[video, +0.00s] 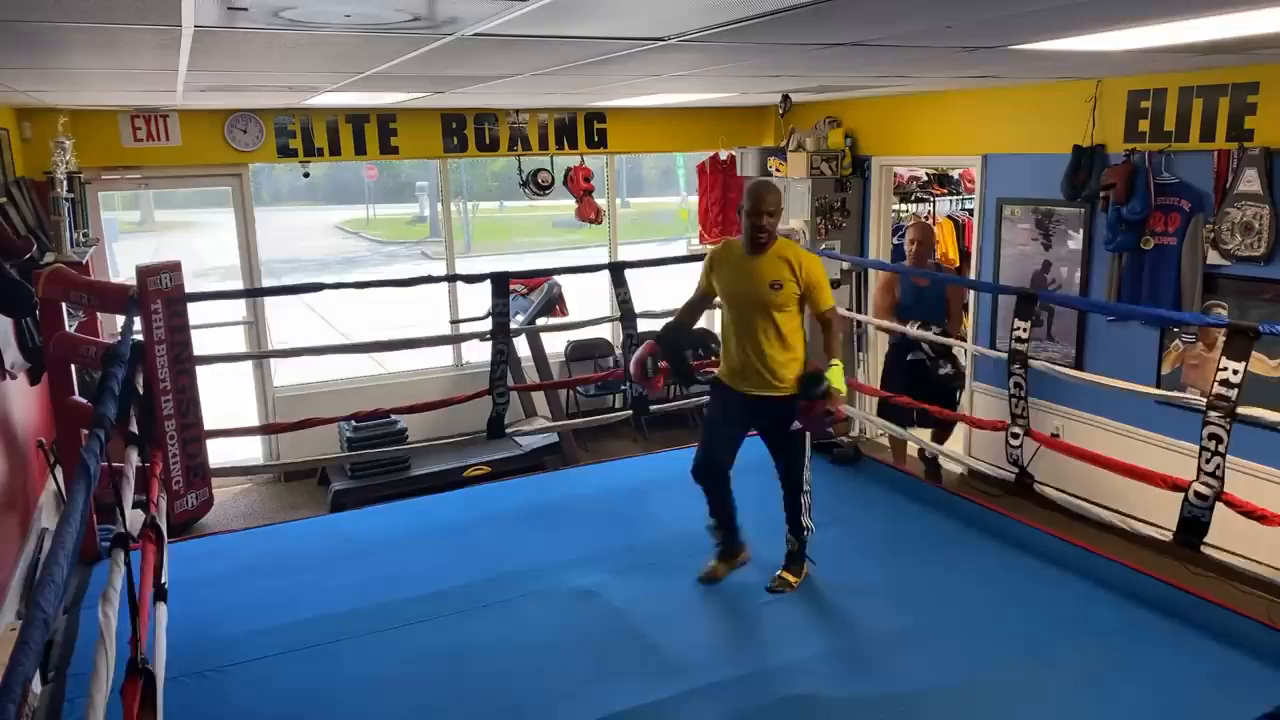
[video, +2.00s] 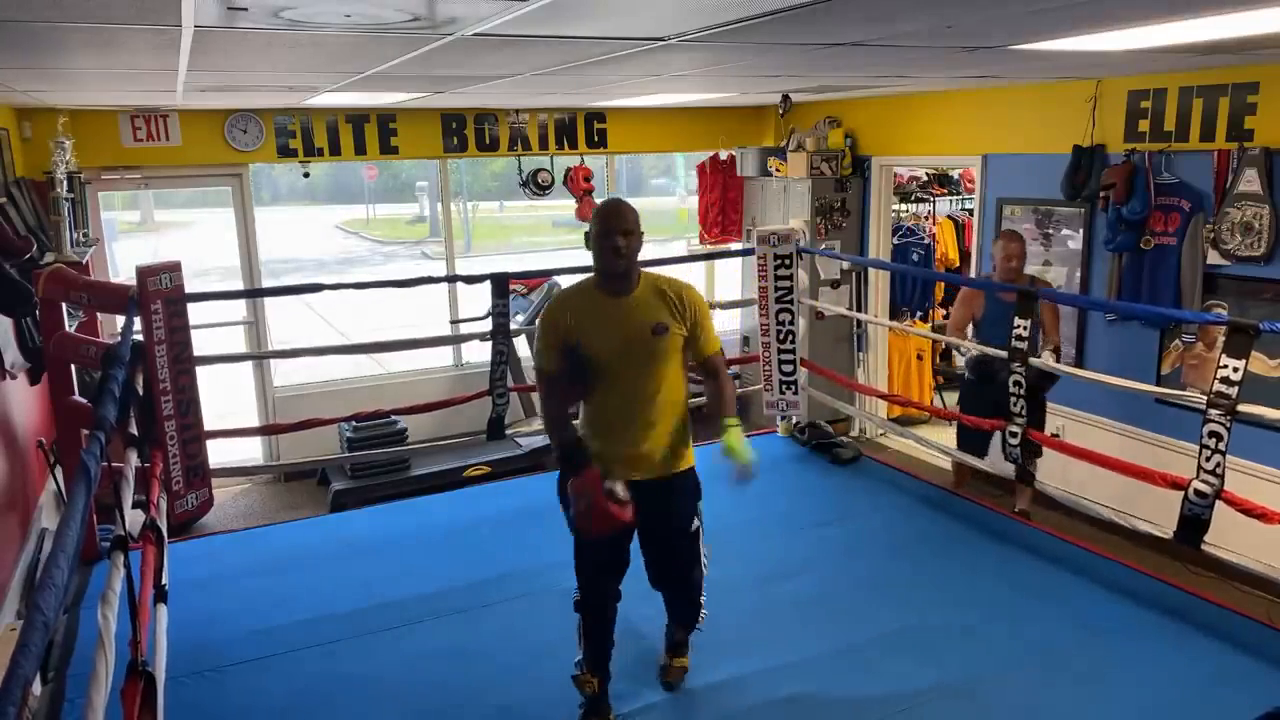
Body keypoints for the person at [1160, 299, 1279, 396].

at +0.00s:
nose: (1217, 327)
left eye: (1222, 323)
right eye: (1213, 322)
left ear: (1225, 327)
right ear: (1201, 325)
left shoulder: (1232, 350)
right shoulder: (1189, 348)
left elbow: (1271, 368)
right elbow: (1163, 369)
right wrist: (1178, 345)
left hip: (1217, 408)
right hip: (1186, 404)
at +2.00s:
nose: (1219, 326)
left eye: (1223, 322)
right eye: (1214, 320)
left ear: (1225, 326)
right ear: (1201, 324)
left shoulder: (1232, 350)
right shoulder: (1189, 348)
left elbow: (1271, 367)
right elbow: (1163, 369)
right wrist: (1178, 346)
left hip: (1218, 406)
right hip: (1189, 403)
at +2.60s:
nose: (1218, 326)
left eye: (1222, 322)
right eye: (1214, 320)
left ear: (1225, 327)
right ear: (1201, 324)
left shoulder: (1233, 349)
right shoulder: (1189, 349)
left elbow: (1271, 367)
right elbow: (1163, 369)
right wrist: (1179, 346)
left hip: (1219, 407)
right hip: (1189, 403)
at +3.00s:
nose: (1217, 326)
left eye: (1221, 322)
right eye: (1213, 320)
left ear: (1225, 327)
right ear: (1201, 324)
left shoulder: (1232, 350)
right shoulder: (1189, 348)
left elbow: (1271, 367)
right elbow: (1162, 369)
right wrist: (1178, 346)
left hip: (1217, 407)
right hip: (1187, 403)